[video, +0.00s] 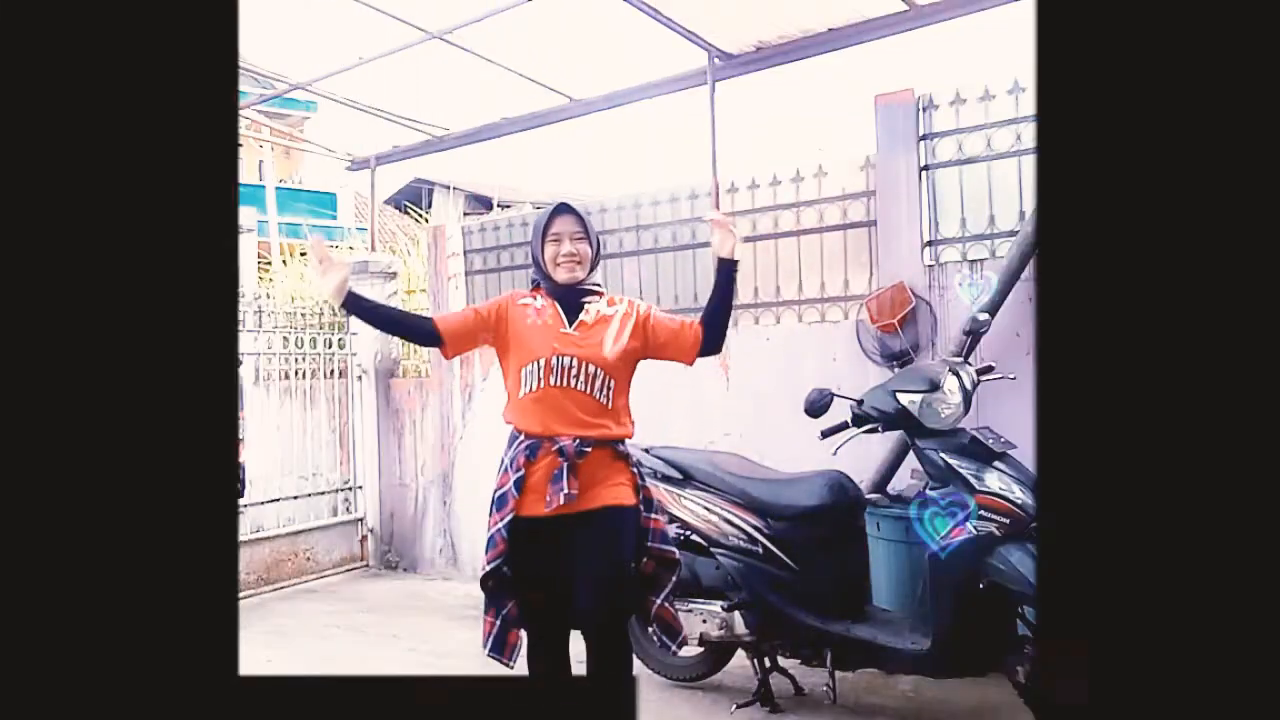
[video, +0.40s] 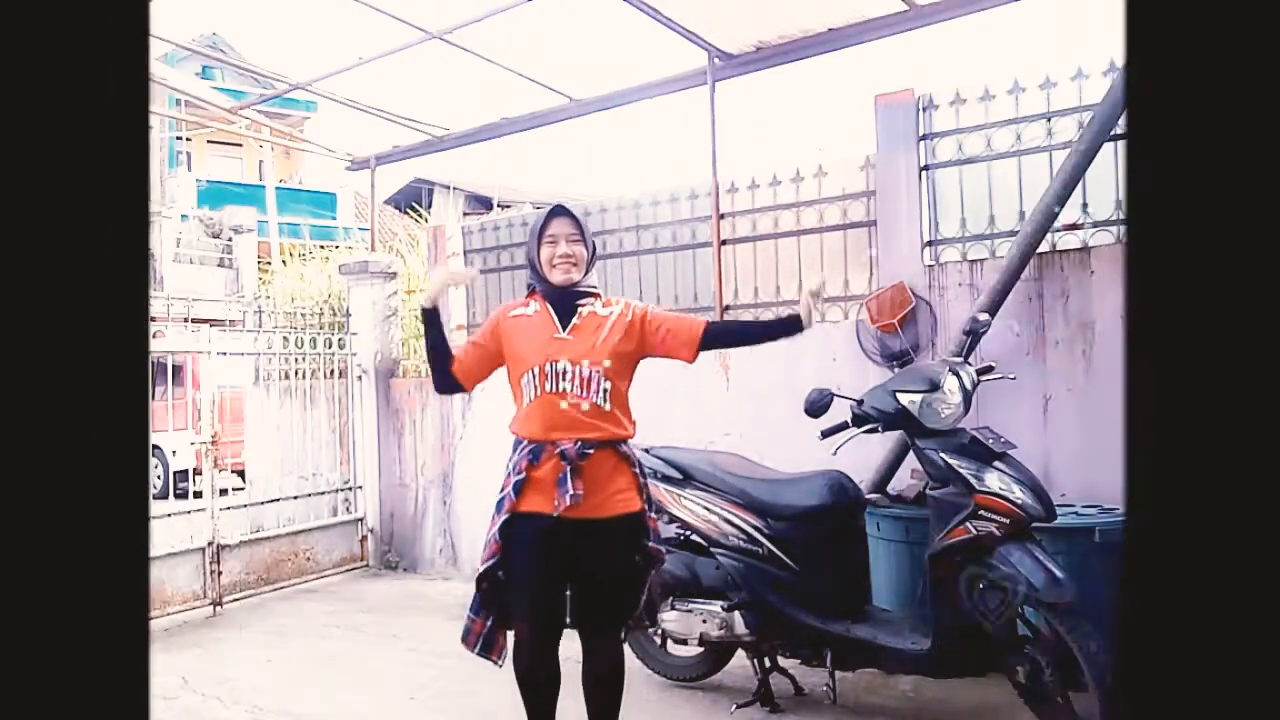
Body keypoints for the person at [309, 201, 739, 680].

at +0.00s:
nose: (569, 249)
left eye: (579, 239)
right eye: (556, 240)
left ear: (593, 250)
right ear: (539, 252)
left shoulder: (629, 315)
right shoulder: (509, 310)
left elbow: (706, 338)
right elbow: (428, 330)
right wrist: (347, 297)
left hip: (606, 494)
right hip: (531, 497)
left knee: (606, 637)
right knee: (545, 641)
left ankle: (614, 718)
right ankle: (553, 718)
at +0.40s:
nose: (564, 250)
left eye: (574, 240)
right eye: (551, 242)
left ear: (589, 252)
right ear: (534, 255)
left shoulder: (625, 317)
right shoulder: (509, 319)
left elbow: (707, 332)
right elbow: (448, 380)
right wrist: (430, 307)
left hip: (610, 502)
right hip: (534, 505)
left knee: (602, 640)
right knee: (533, 639)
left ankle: (603, 719)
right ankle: (540, 718)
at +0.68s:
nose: (560, 244)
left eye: (570, 236)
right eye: (548, 236)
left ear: (584, 250)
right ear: (532, 251)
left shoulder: (616, 314)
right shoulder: (503, 310)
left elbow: (695, 344)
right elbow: (426, 340)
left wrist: (742, 281)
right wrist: (376, 276)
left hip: (599, 490)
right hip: (525, 494)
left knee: (607, 628)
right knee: (535, 634)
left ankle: (610, 716)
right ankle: (543, 717)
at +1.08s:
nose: (555, 240)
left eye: (565, 231)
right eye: (543, 232)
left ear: (579, 241)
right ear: (527, 245)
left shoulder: (617, 308)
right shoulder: (504, 308)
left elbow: (701, 326)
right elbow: (440, 366)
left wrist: (746, 265)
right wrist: (418, 298)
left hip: (601, 495)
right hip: (518, 492)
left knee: (606, 637)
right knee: (475, 630)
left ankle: (610, 718)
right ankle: (461, 719)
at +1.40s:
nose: (535, 233)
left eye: (545, 223)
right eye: (523, 224)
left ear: (561, 234)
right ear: (507, 236)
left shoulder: (590, 295)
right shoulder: (477, 296)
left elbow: (669, 324)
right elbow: (412, 348)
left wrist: (731, 291)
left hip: (574, 465)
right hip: (491, 470)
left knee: (616, 607)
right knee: (453, 614)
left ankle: (639, 714)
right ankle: (426, 716)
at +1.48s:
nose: (530, 234)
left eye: (541, 225)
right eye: (518, 225)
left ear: (557, 237)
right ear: (501, 238)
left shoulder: (583, 300)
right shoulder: (473, 290)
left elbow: (657, 353)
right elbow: (397, 315)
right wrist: (413, 240)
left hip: (570, 451)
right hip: (491, 453)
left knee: (620, 603)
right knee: (453, 608)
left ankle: (655, 713)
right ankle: (420, 716)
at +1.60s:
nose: (536, 291)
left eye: (546, 282)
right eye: (524, 281)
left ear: (559, 295)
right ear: (504, 293)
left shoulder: (568, 372)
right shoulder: (478, 335)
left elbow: (580, 474)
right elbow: (423, 330)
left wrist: (602, 555)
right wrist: (481, 286)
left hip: (566, 534)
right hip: (494, 537)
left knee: (642, 643)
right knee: (442, 658)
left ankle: (662, 715)